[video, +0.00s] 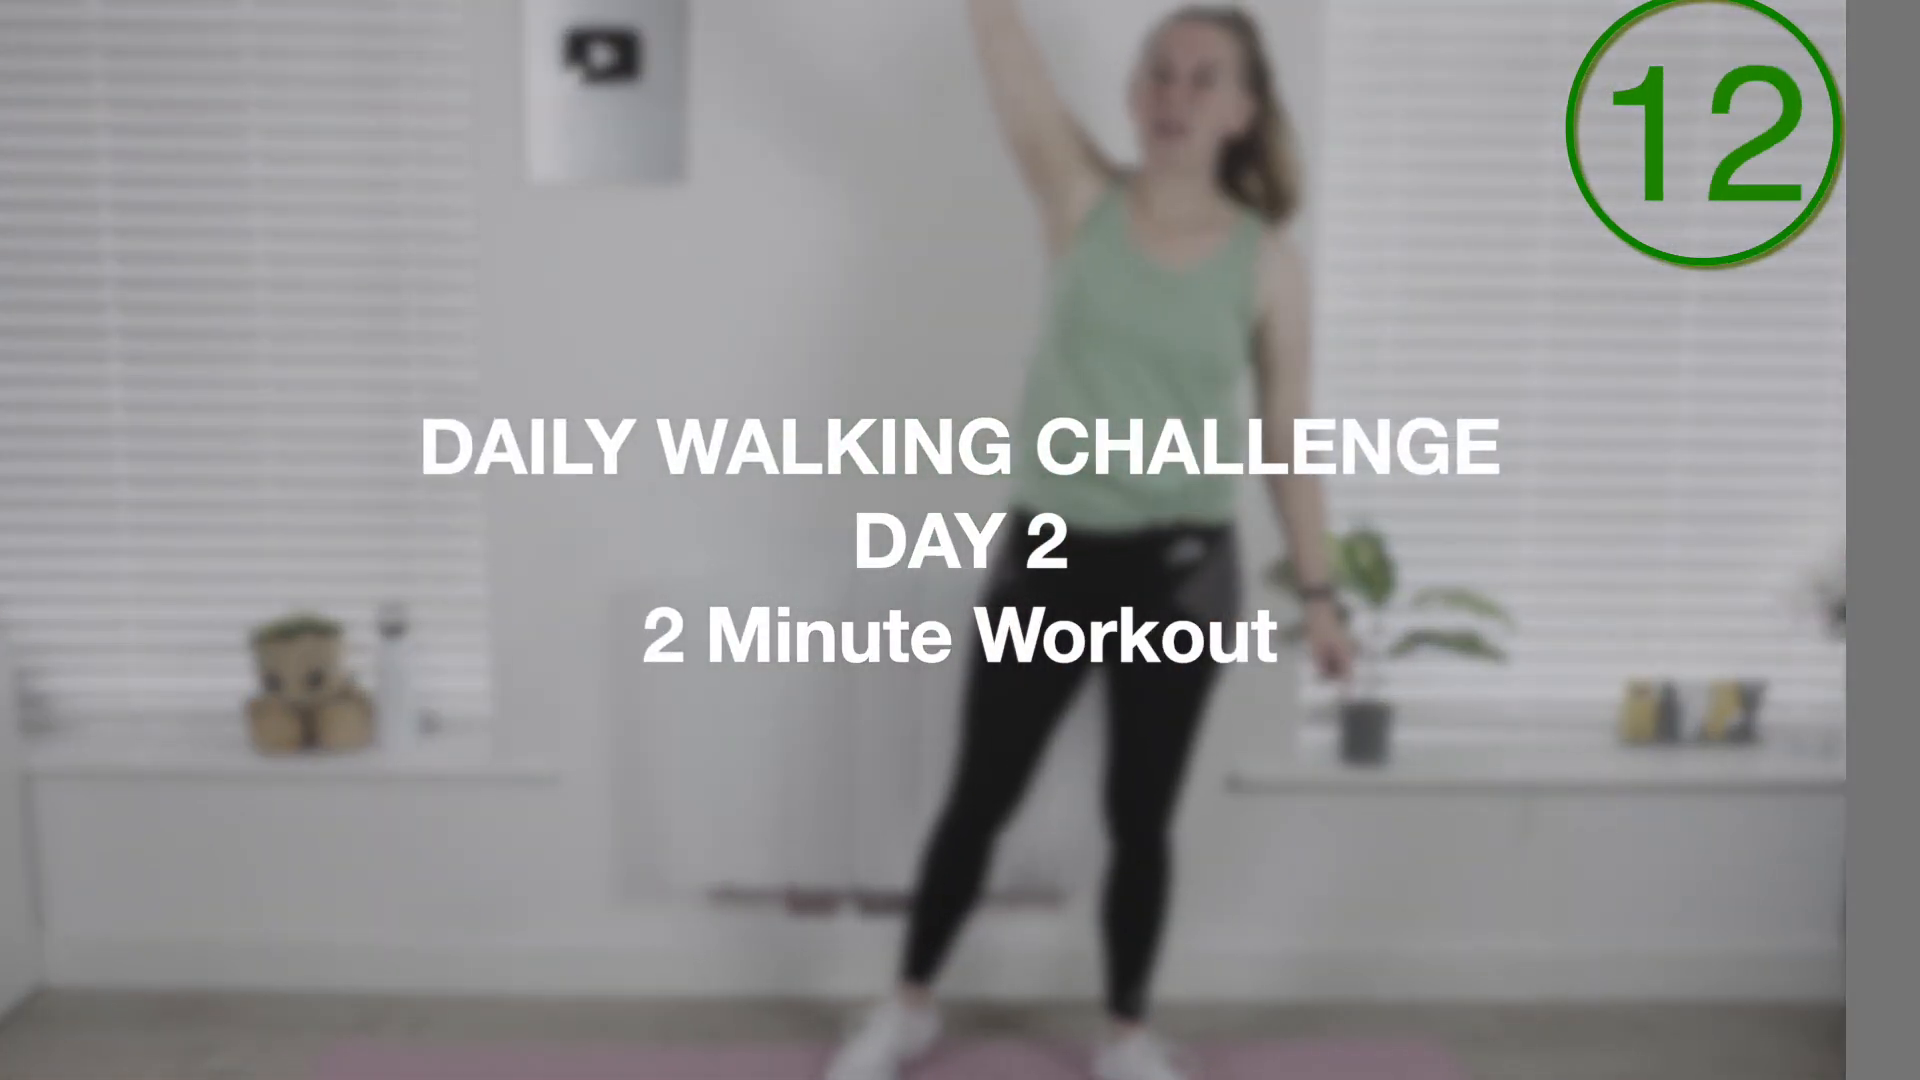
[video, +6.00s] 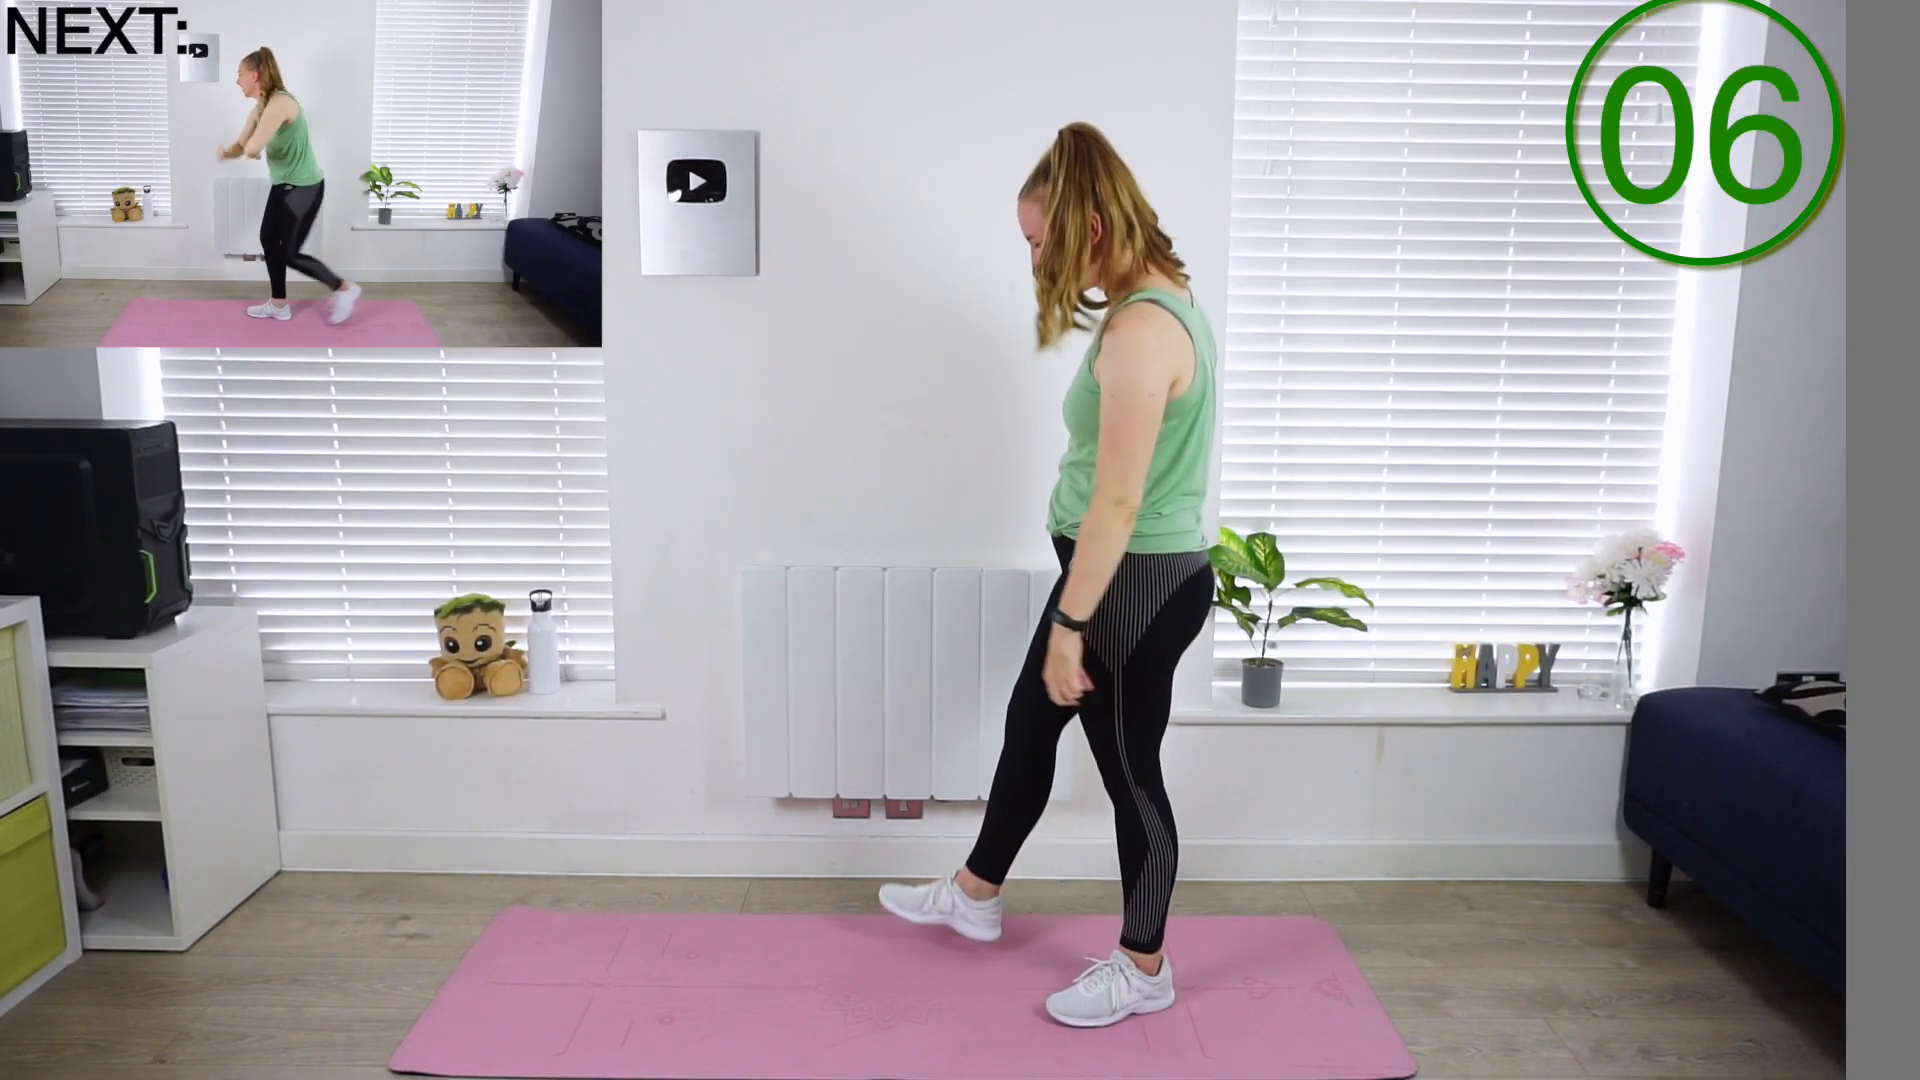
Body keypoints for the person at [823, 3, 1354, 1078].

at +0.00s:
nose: (1175, 95)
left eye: (1205, 79)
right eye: (1160, 74)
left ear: (1247, 108)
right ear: (1135, 91)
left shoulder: (1262, 258)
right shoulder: (1081, 194)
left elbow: (1287, 441)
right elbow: (998, 31)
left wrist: (1319, 592)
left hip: (1181, 553)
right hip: (1050, 540)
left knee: (1141, 811)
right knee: (982, 789)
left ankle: (1127, 1030)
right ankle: (909, 1005)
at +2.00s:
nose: (1016, 191)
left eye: (1030, 170)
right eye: (991, 173)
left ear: (1048, 177)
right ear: (948, 188)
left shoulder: (1094, 307)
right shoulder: (907, 308)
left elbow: (1131, 455)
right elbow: (859, 454)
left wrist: (1136, 569)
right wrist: (844, 586)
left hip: (1057, 582)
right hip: (935, 578)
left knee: (1071, 802)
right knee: (915, 780)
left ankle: (1122, 998)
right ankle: (883, 947)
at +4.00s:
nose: (1001, 215)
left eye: (1023, 195)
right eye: (984, 193)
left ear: (1062, 201)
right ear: (965, 196)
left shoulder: (1098, 293)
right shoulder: (940, 276)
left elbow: (1079, 328)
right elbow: (831, 328)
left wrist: (959, 307)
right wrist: (932, 345)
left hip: (1078, 577)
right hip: (969, 575)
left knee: (1087, 783)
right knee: (999, 783)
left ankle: (1116, 969)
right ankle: (1007, 972)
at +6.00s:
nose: (1037, 260)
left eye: (1040, 243)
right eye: (1032, 244)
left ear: (1089, 231)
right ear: (1102, 223)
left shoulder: (1141, 334)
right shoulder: (1155, 299)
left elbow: (1120, 500)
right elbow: (1141, 473)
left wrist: (1068, 626)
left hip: (1138, 575)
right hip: (1122, 560)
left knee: (1129, 768)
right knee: (1031, 727)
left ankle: (1144, 963)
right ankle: (974, 893)